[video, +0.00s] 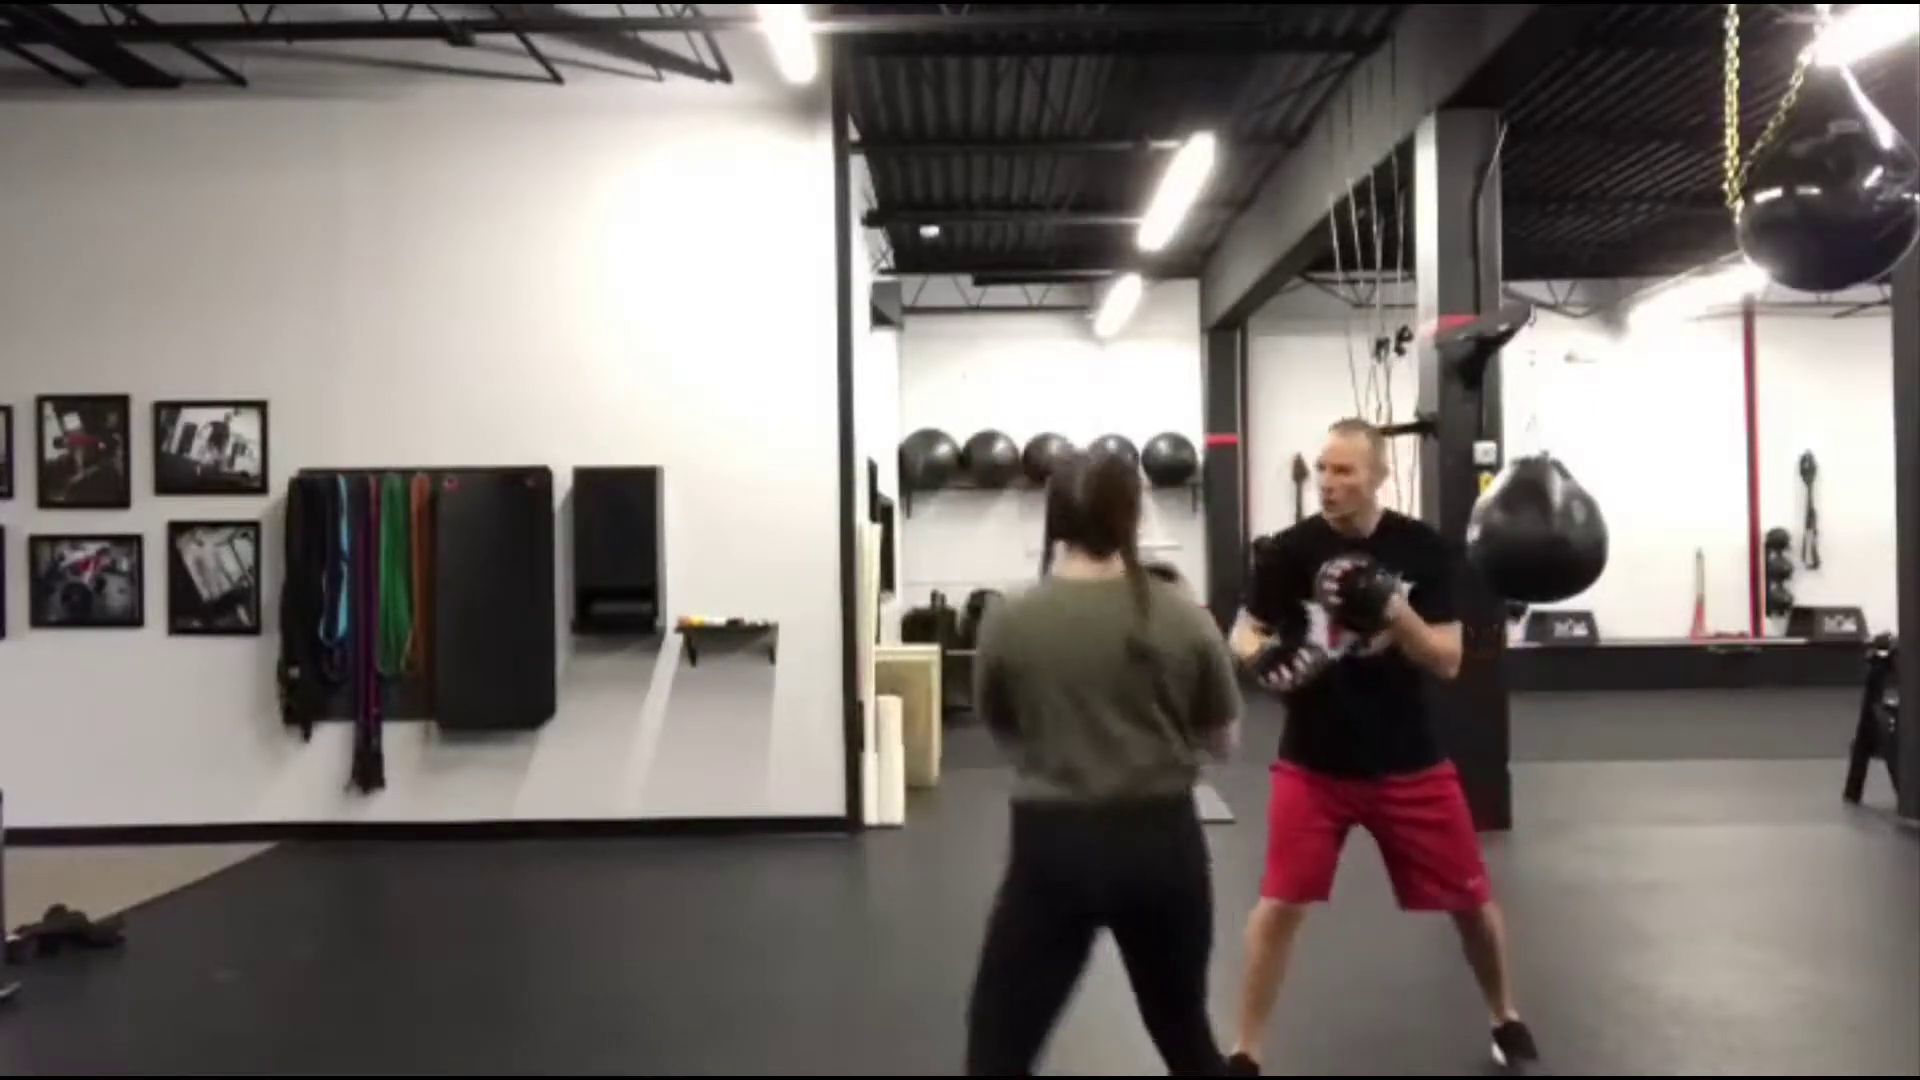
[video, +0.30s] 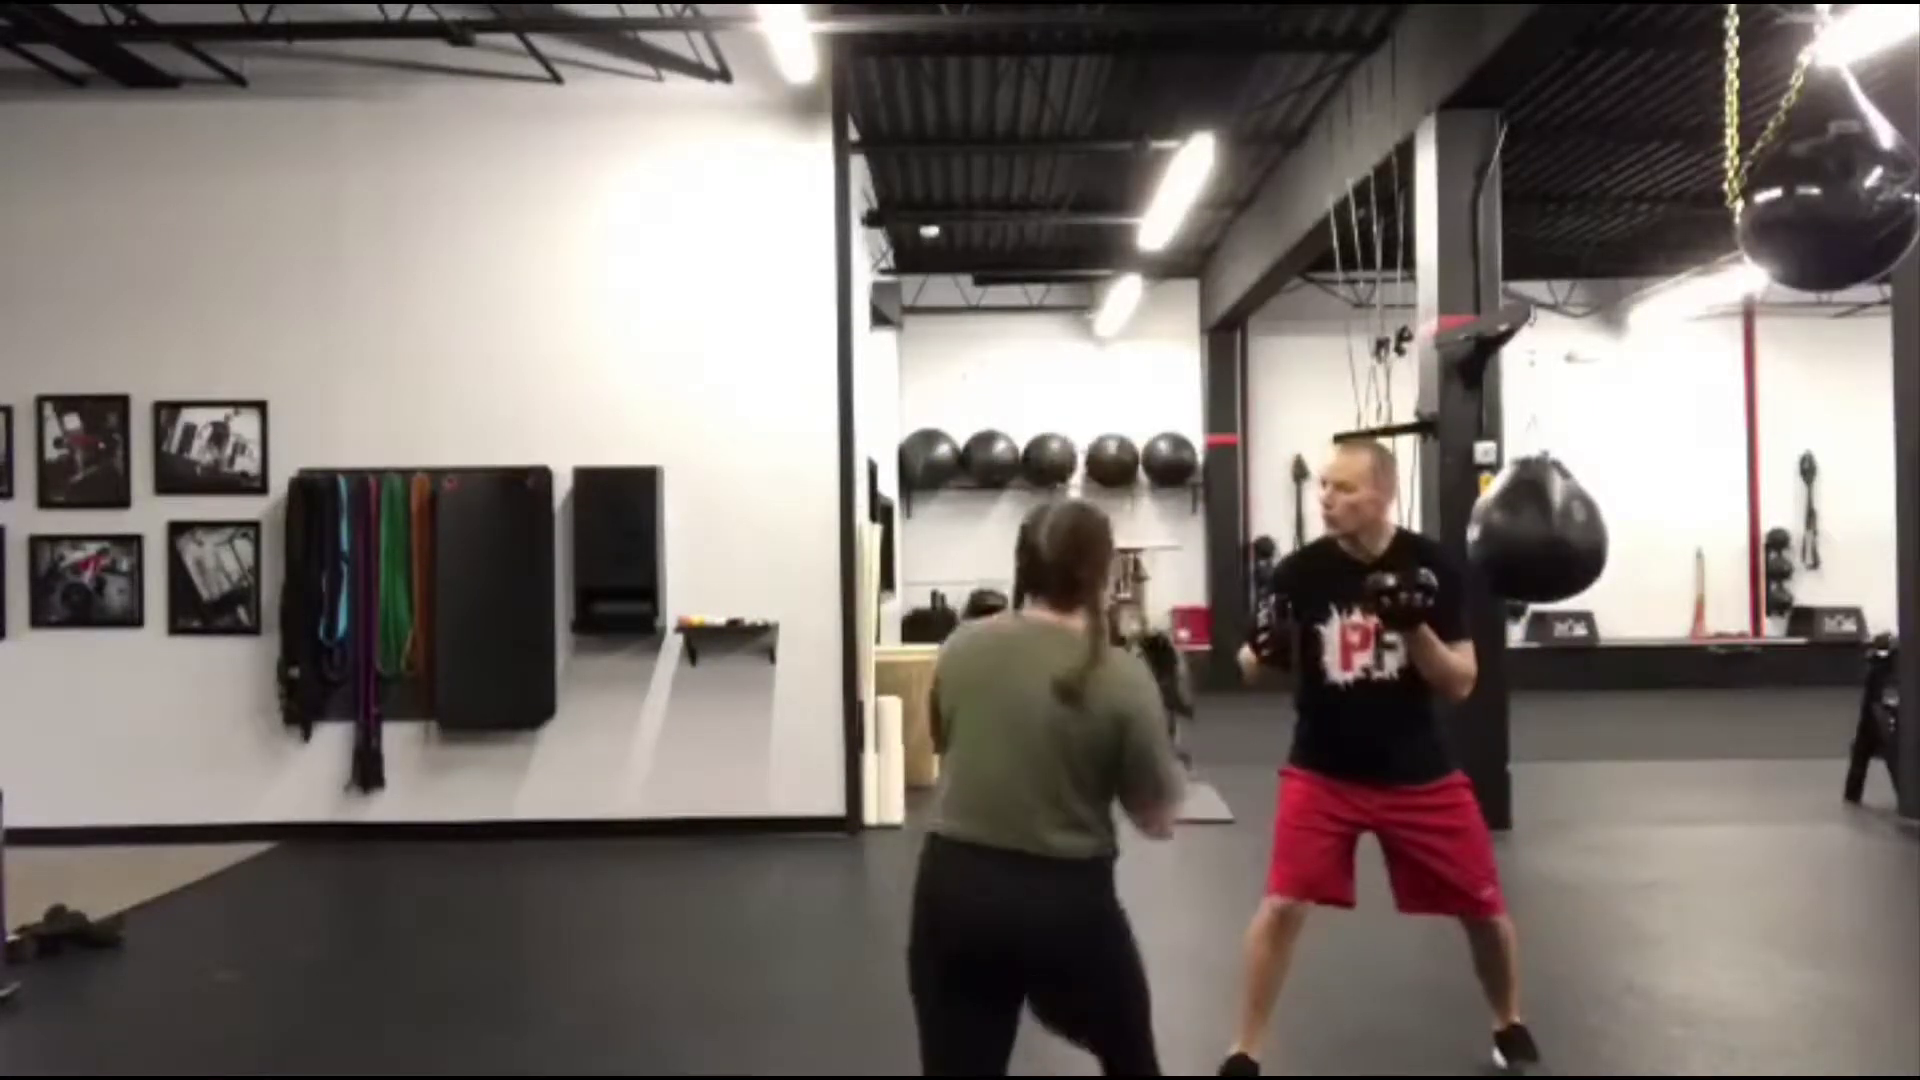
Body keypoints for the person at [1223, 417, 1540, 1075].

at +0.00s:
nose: (1329, 483)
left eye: (1344, 471)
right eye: (1323, 471)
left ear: (1379, 478)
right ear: (1315, 475)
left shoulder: (1428, 549)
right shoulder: (1286, 553)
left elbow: (1447, 659)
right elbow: (1244, 638)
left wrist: (1395, 612)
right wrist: (1269, 655)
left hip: (1411, 767)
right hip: (1312, 767)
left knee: (1473, 902)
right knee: (1281, 902)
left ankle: (1505, 1020)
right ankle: (1246, 1054)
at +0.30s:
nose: (1326, 500)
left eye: (1341, 488)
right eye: (1324, 488)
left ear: (1384, 492)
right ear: (1321, 493)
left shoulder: (1436, 567)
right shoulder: (1300, 571)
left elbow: (1460, 680)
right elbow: (1254, 671)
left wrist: (1415, 628)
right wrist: (1263, 651)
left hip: (1422, 777)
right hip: (1321, 774)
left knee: (1487, 914)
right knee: (1282, 906)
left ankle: (1510, 1027)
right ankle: (1245, 1053)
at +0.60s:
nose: (1334, 496)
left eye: (1349, 484)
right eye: (1329, 485)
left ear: (1388, 489)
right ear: (1323, 493)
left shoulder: (1440, 564)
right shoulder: (1309, 570)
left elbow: (1465, 677)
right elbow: (1283, 657)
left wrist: (1407, 608)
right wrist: (1250, 604)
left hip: (1431, 778)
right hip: (1329, 772)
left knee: (1491, 919)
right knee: (1282, 904)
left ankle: (1510, 1026)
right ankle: (1245, 1052)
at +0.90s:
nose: (1293, 489)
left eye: (1307, 476)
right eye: (1286, 477)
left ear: (1342, 481)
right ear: (1277, 485)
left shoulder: (1388, 555)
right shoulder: (1263, 563)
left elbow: (1414, 643)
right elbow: (1228, 643)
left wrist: (1370, 548)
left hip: (1396, 772)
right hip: (1293, 774)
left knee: (1472, 908)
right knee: (1264, 906)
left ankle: (1500, 1017)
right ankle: (1241, 1052)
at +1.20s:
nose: (1306, 492)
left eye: (1320, 479)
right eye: (1296, 479)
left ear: (1347, 482)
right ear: (1281, 484)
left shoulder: (1391, 554)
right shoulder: (1257, 566)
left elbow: (1425, 650)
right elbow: (1220, 656)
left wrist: (1352, 574)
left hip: (1392, 775)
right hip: (1289, 774)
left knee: (1466, 917)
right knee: (1253, 909)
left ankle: (1497, 1021)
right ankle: (1241, 1054)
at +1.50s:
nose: (1363, 508)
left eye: (1376, 495)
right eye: (1351, 496)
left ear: (1403, 495)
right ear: (1338, 497)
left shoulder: (1424, 563)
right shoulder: (1315, 562)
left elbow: (1461, 662)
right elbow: (1266, 598)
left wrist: (1434, 582)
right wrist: (1273, 600)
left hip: (1409, 769)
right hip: (1321, 775)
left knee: (1487, 899)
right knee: (1300, 914)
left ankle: (1494, 1026)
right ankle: (1230, 1051)